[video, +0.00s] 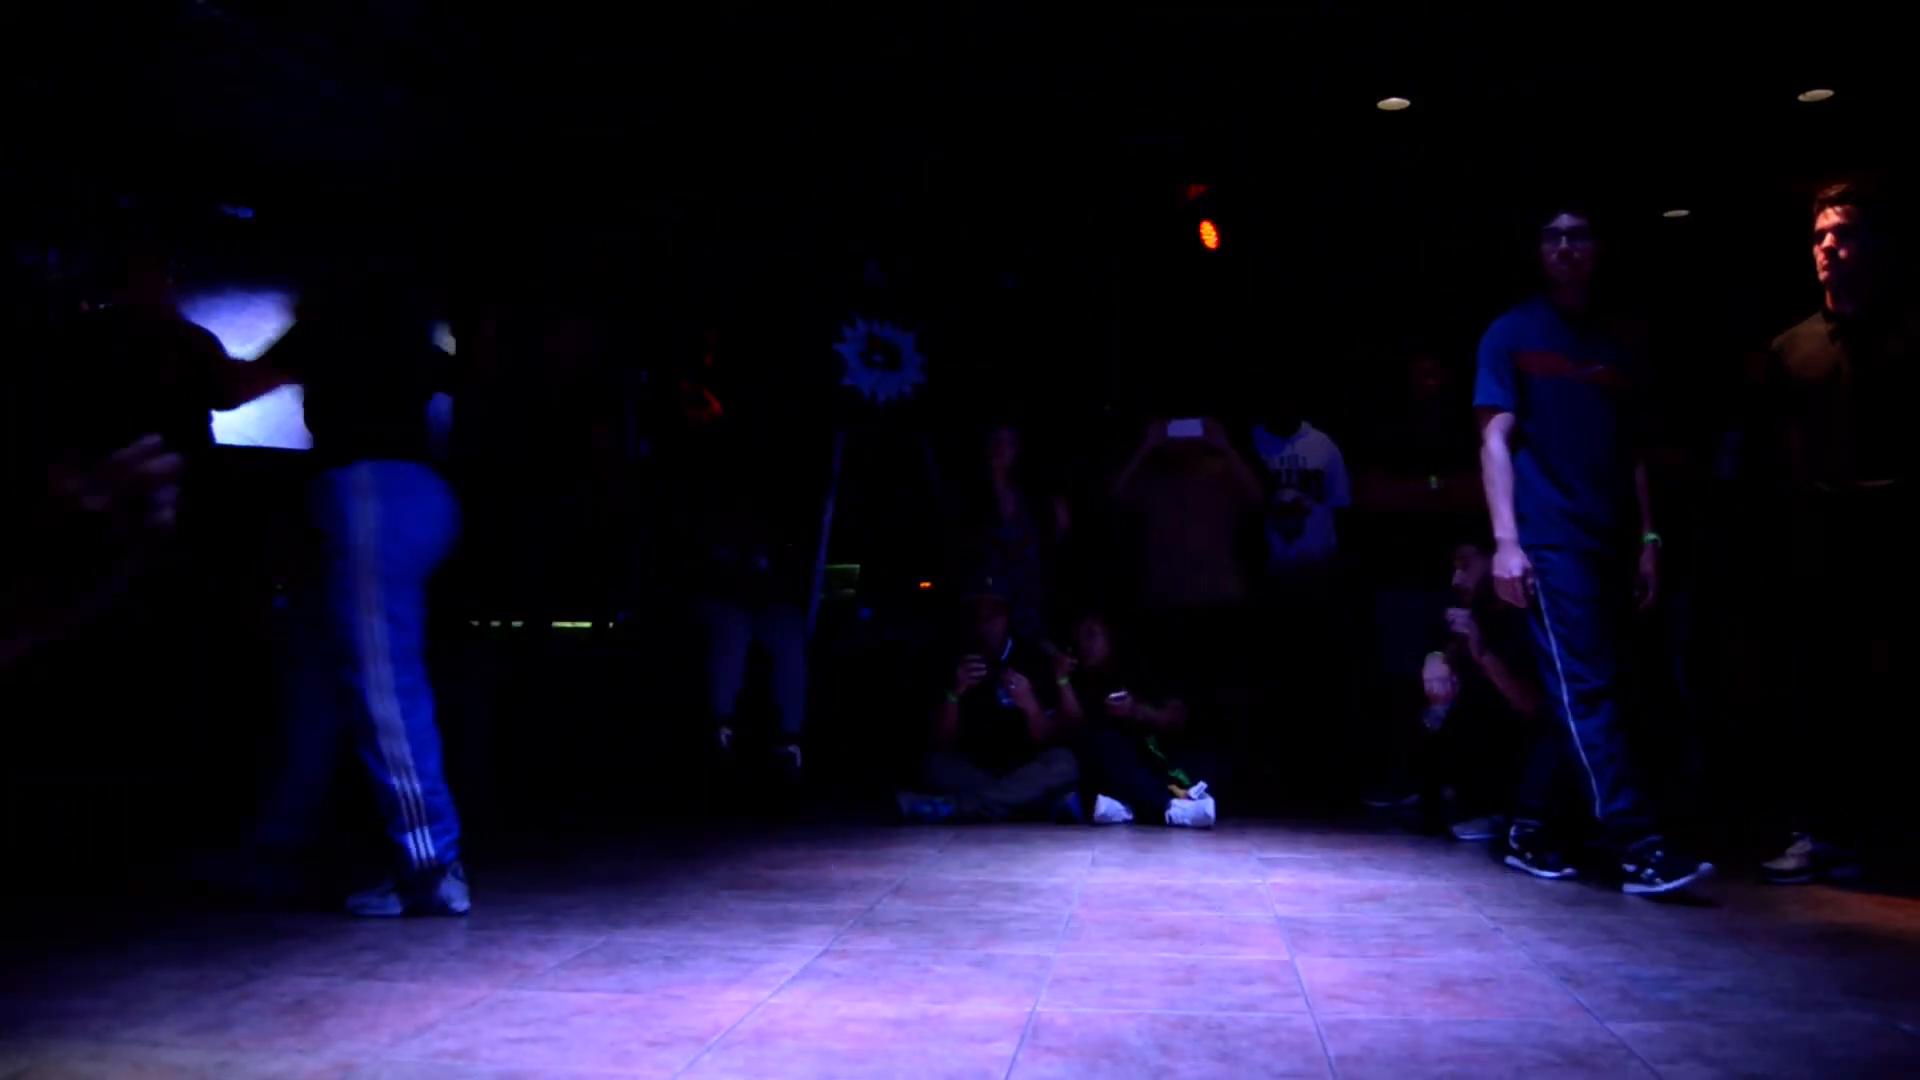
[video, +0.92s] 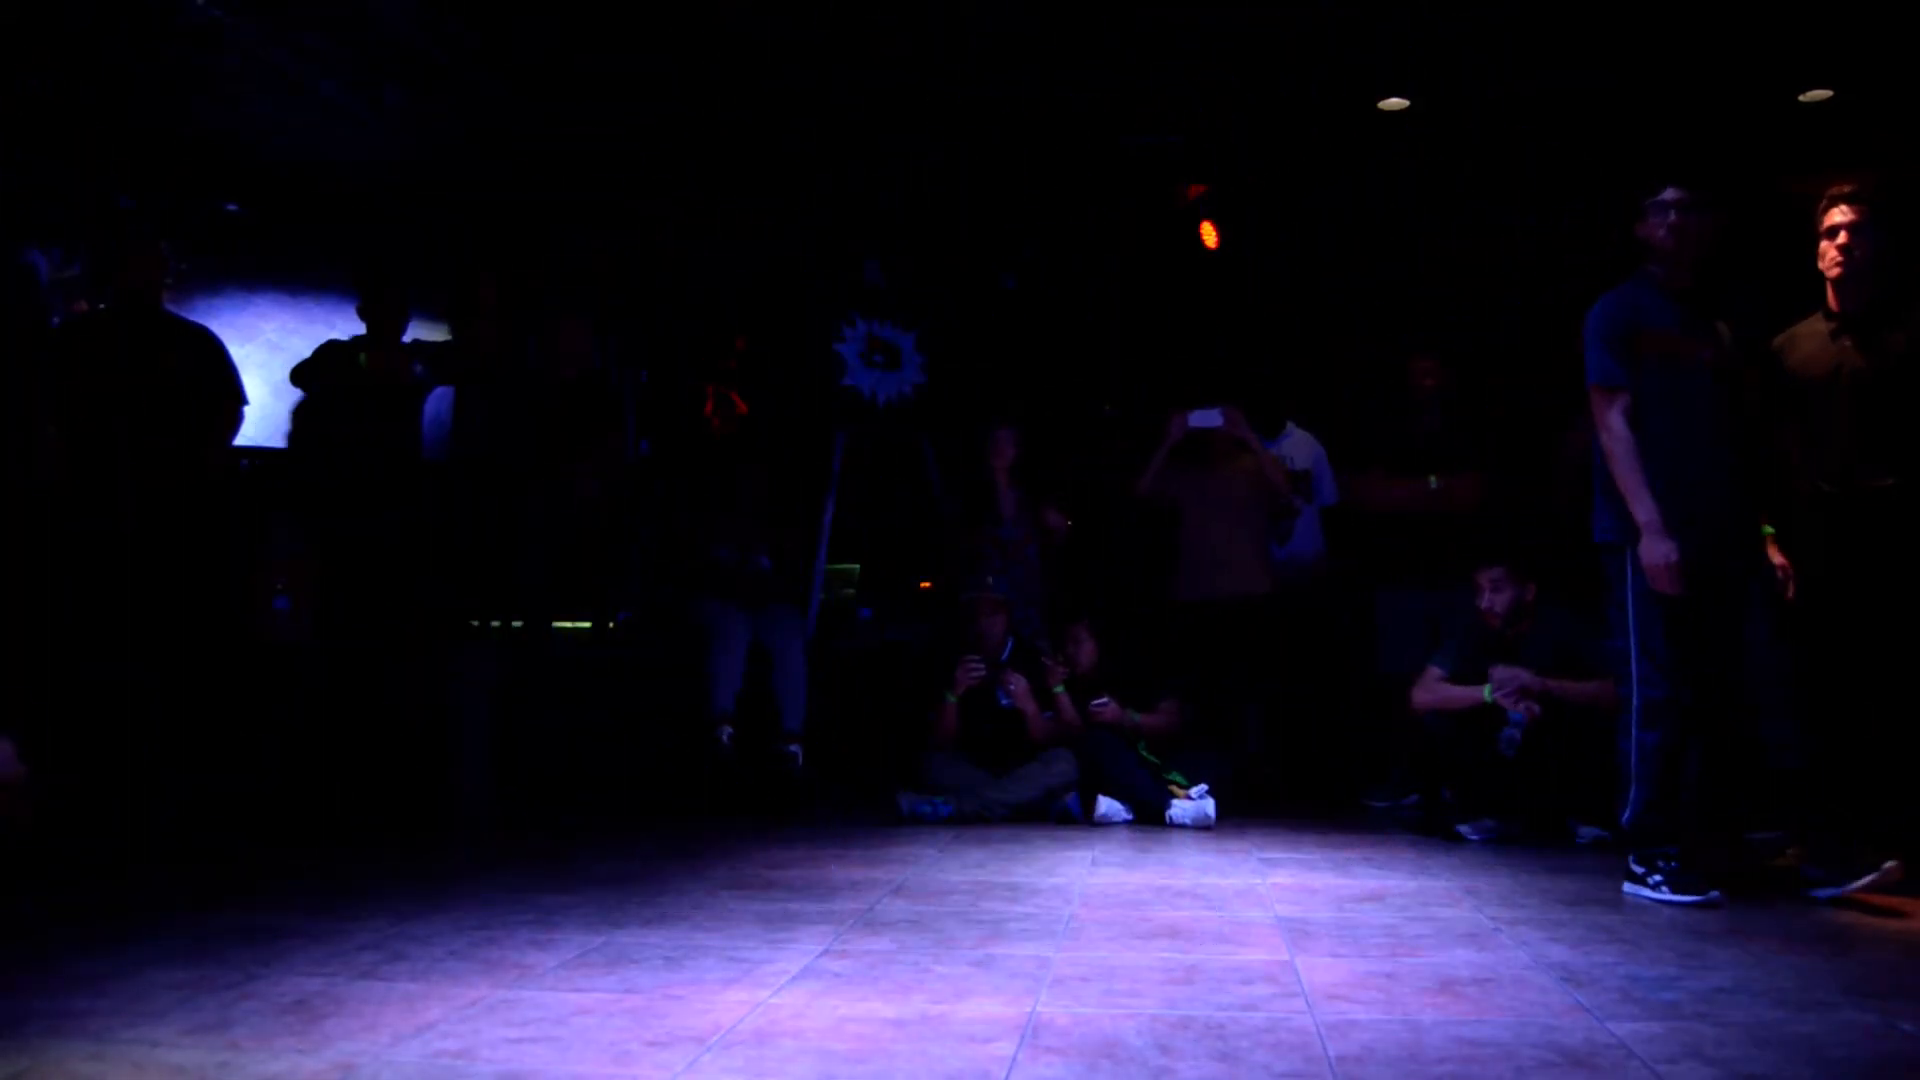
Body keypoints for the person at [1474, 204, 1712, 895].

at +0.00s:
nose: (1566, 250)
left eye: (1579, 238)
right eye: (1555, 239)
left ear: (1598, 249)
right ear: (1539, 251)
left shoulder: (1618, 335)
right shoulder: (1512, 334)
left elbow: (1635, 447)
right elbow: (1495, 441)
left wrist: (1647, 535)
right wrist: (1505, 542)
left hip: (1609, 532)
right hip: (1547, 534)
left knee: (1585, 685)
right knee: (1587, 685)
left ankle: (1532, 829)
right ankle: (1636, 849)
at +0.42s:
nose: (1614, 238)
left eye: (1624, 225)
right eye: (1600, 227)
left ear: (1642, 237)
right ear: (1579, 241)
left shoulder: (1657, 318)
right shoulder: (1564, 323)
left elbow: (1685, 440)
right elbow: (1562, 434)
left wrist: (1705, 530)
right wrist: (1603, 535)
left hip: (1663, 527)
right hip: (1606, 530)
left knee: (1636, 687)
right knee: (1624, 692)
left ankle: (1551, 817)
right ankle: (1646, 851)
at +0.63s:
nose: (1640, 229)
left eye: (1651, 218)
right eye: (1625, 218)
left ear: (1667, 231)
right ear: (1602, 234)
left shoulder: (1672, 314)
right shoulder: (1589, 316)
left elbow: (1696, 437)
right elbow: (1590, 427)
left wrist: (1730, 525)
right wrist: (1643, 527)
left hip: (1678, 526)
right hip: (1620, 532)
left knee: (1682, 680)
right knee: (1635, 688)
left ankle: (1609, 802)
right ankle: (1648, 854)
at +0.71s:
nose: (1650, 229)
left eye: (1661, 217)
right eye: (1634, 217)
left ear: (1677, 229)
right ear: (1611, 232)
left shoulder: (1684, 312)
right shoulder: (1597, 315)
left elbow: (1704, 437)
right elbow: (1599, 426)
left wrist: (1737, 524)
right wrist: (1651, 526)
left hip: (1689, 527)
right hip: (1627, 532)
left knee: (1701, 686)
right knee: (1643, 690)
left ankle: (1702, 847)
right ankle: (1647, 855)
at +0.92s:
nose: (1678, 226)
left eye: (1687, 212)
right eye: (1664, 214)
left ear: (1705, 226)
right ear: (1641, 228)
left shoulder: (1714, 318)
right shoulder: (1619, 313)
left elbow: (1730, 444)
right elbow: (1612, 424)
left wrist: (1761, 534)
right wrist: (1651, 530)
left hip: (1719, 530)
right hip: (1653, 535)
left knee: (1750, 684)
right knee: (1661, 692)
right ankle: (1652, 857)